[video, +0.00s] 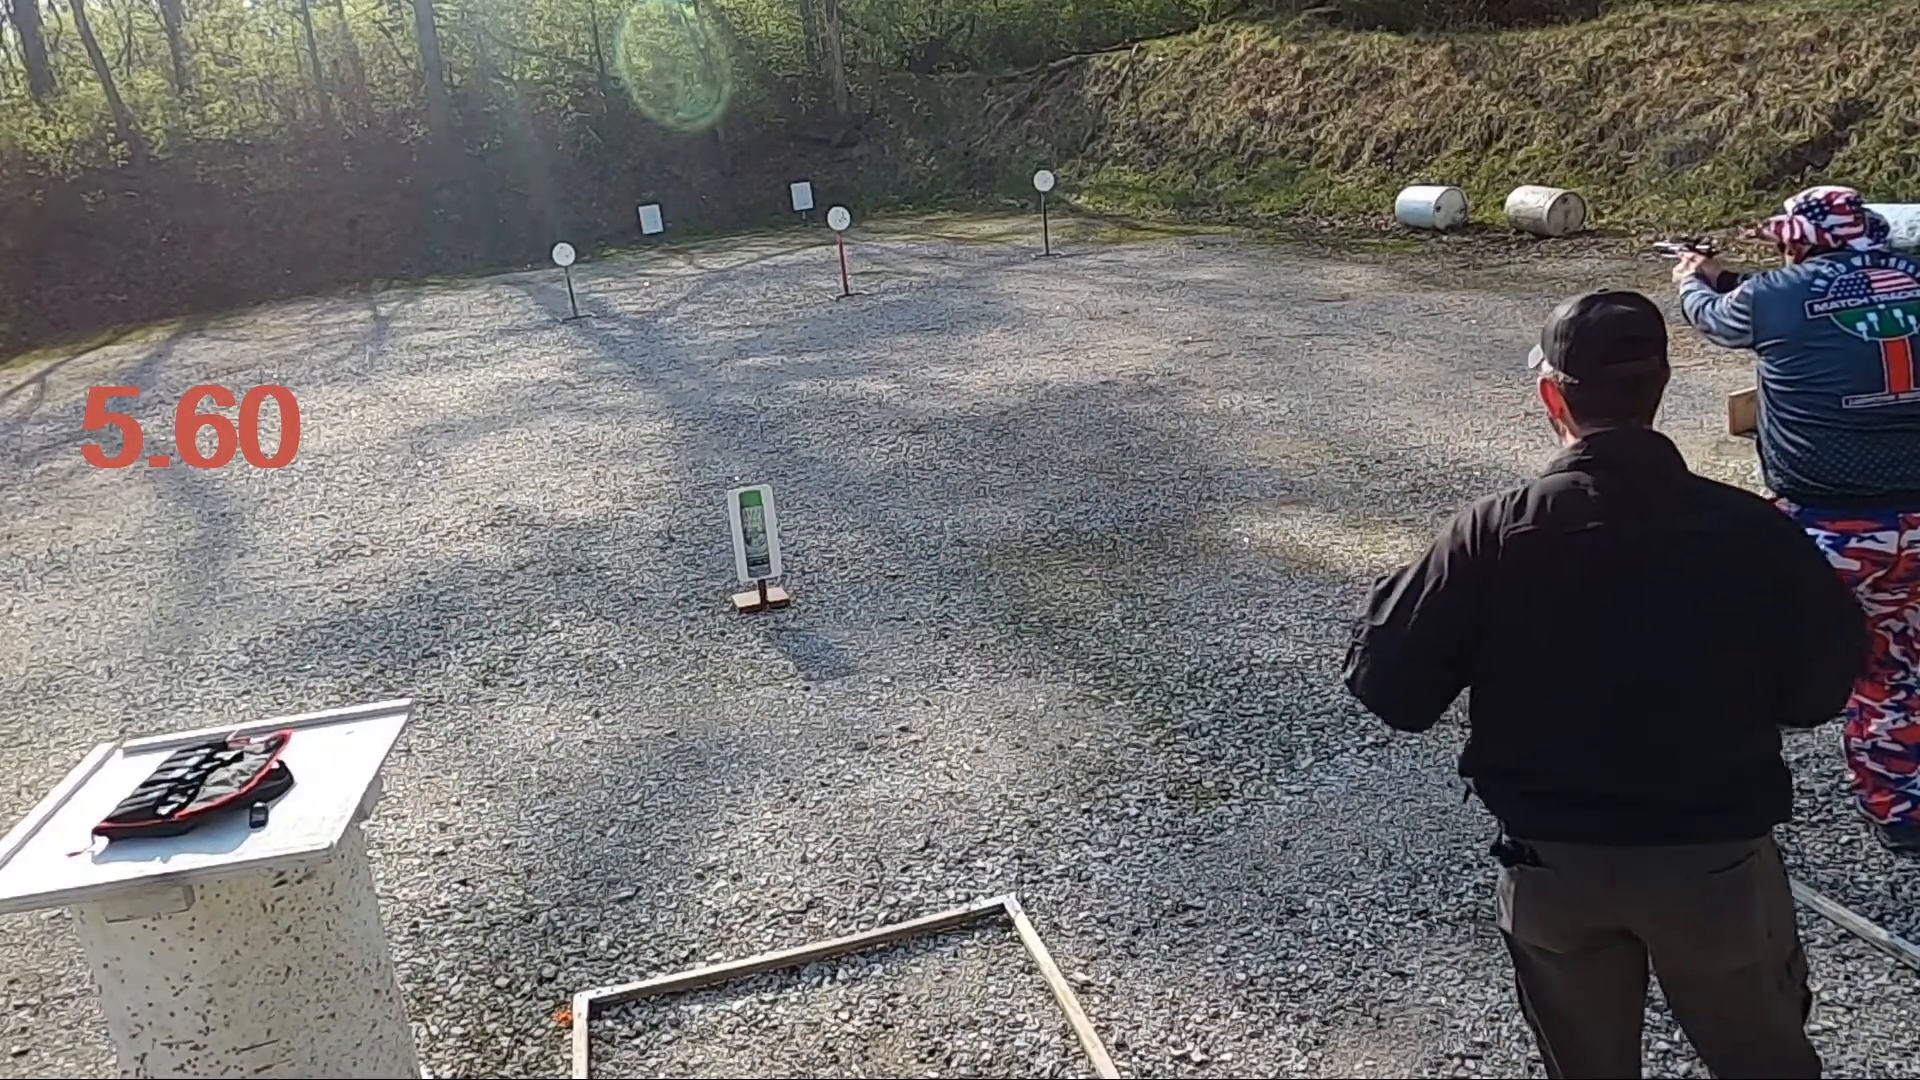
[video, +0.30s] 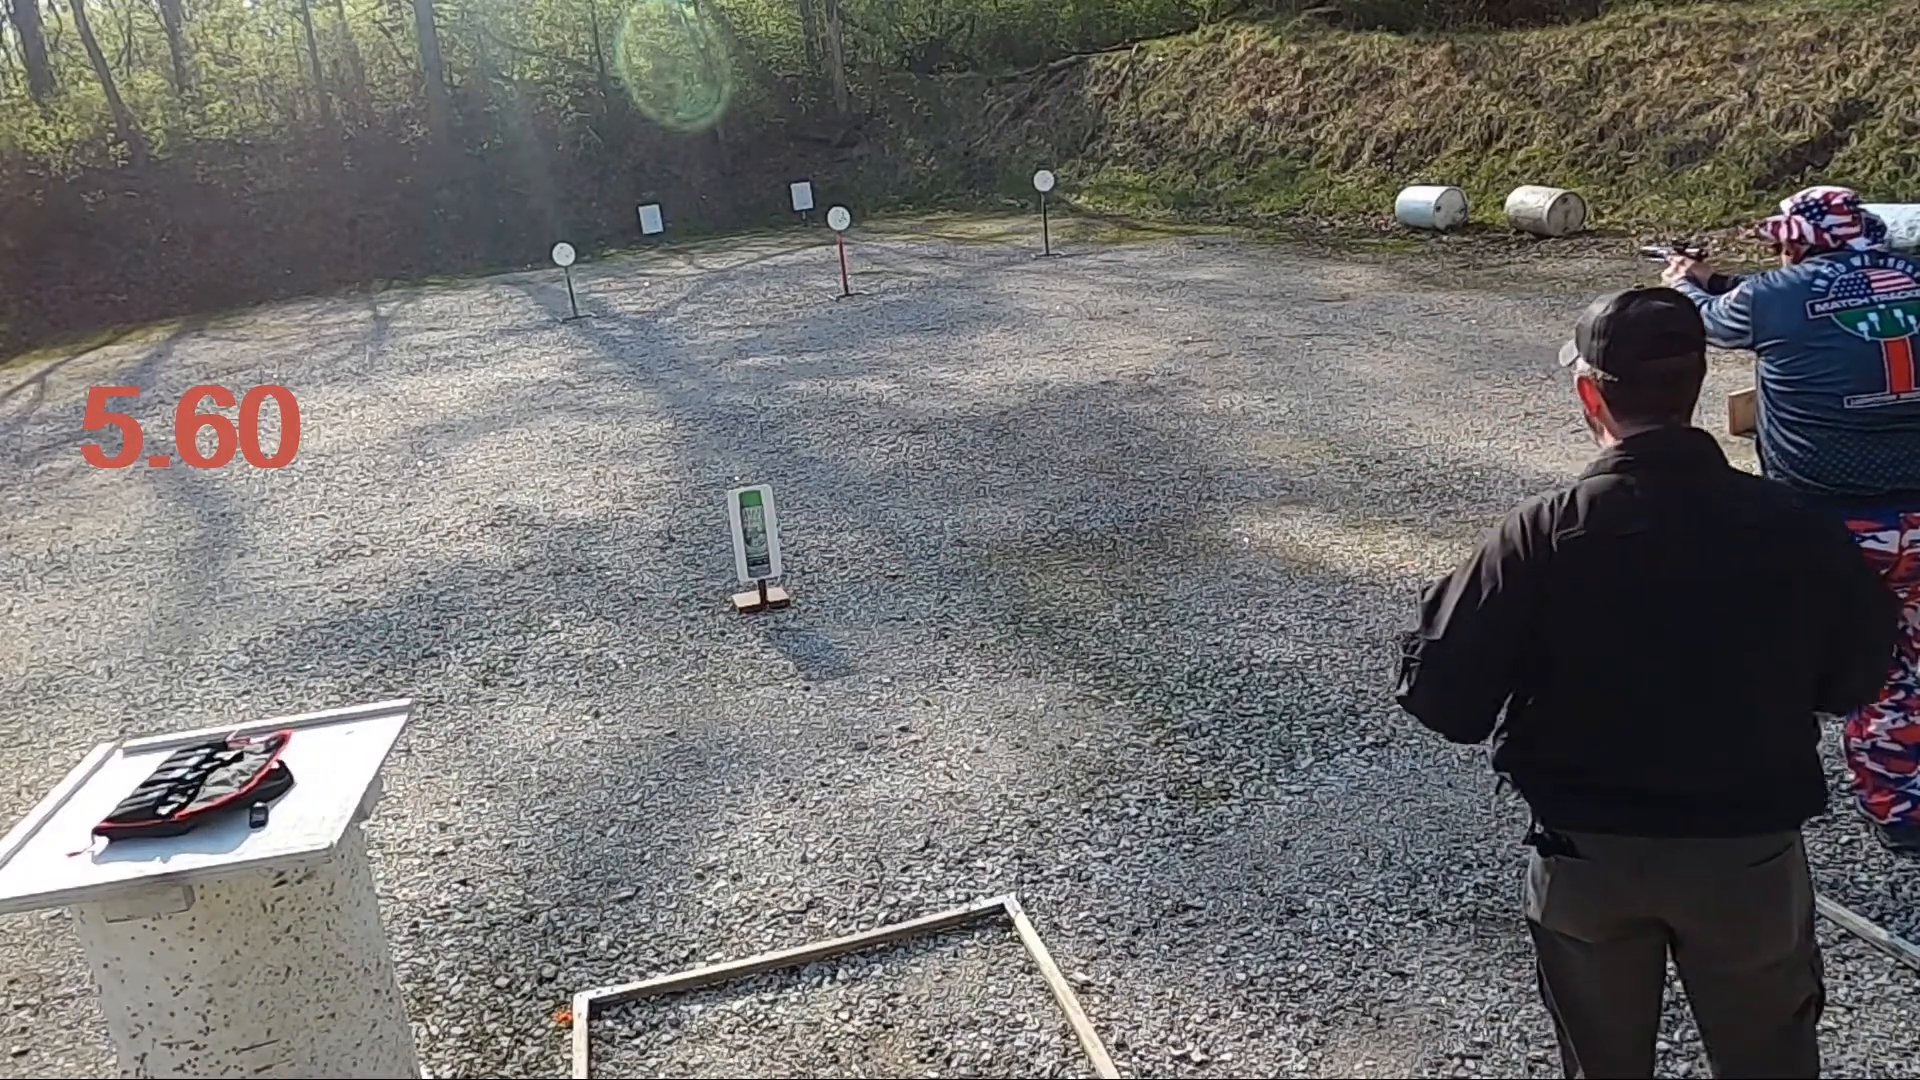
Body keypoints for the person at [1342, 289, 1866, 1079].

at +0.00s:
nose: (1543, 391)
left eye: (1543, 381)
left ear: (1553, 397)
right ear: (1661, 384)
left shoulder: (1493, 537)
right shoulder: (1756, 531)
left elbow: (1391, 687)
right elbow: (1829, 681)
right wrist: (1723, 673)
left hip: (1556, 878)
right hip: (1719, 876)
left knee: (1590, 1071)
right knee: (1771, 1065)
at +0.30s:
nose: (1579, 392)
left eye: (1580, 381)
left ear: (1592, 398)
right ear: (1695, 384)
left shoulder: (1541, 538)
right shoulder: (1793, 527)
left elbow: (1444, 698)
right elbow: (1860, 673)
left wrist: (1450, 607)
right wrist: (1761, 647)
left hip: (1590, 869)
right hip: (1749, 871)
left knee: (1604, 1067)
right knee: (1773, 1065)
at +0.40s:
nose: (1590, 392)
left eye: (1592, 380)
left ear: (1603, 397)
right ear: (1707, 384)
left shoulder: (1552, 537)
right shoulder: (1812, 525)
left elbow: (1458, 700)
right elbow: (1872, 672)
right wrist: (1769, 657)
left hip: (1600, 869)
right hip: (1761, 870)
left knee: (1610, 1067)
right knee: (1780, 1065)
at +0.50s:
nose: (1600, 388)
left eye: (1602, 377)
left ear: (1613, 395)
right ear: (1719, 381)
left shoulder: (1565, 538)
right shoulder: (1821, 527)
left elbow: (1465, 698)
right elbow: (1876, 671)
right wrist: (1774, 653)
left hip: (1610, 867)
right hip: (1769, 869)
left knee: (1616, 1065)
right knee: (1785, 1065)